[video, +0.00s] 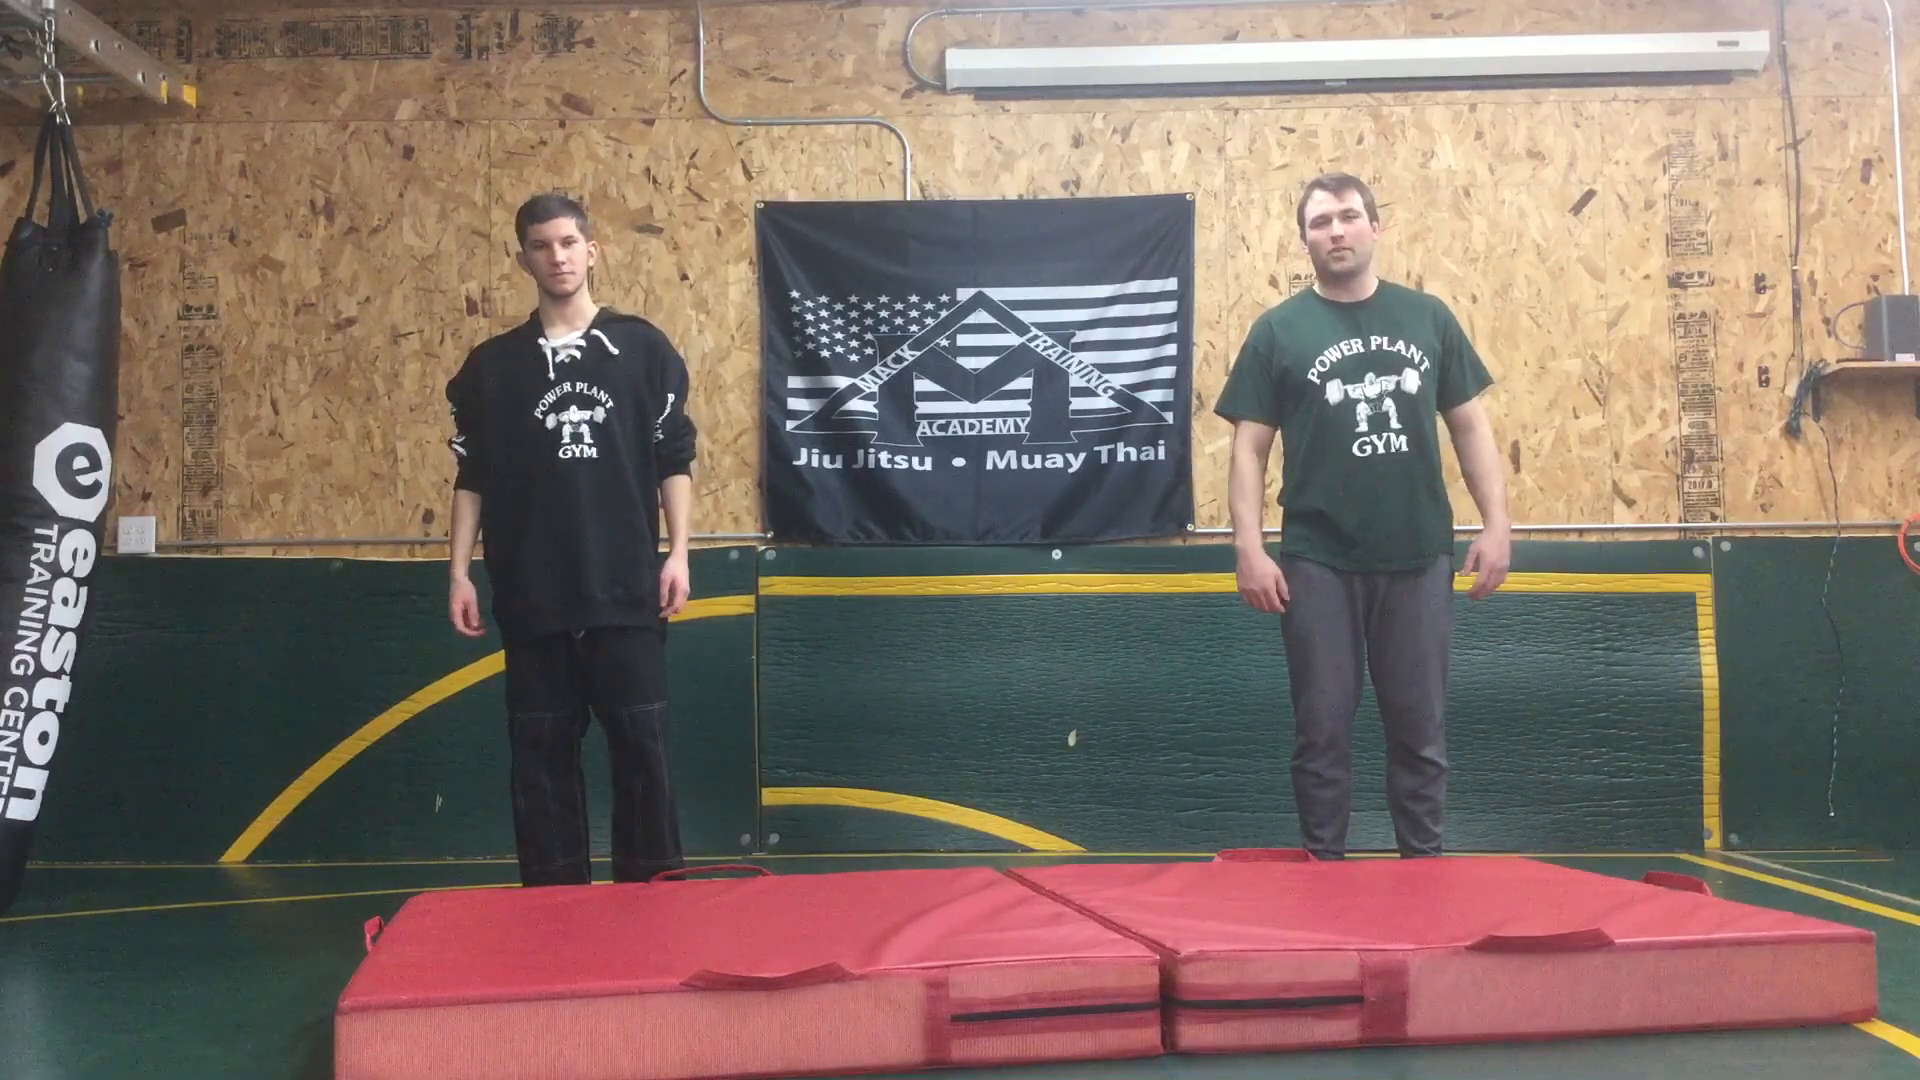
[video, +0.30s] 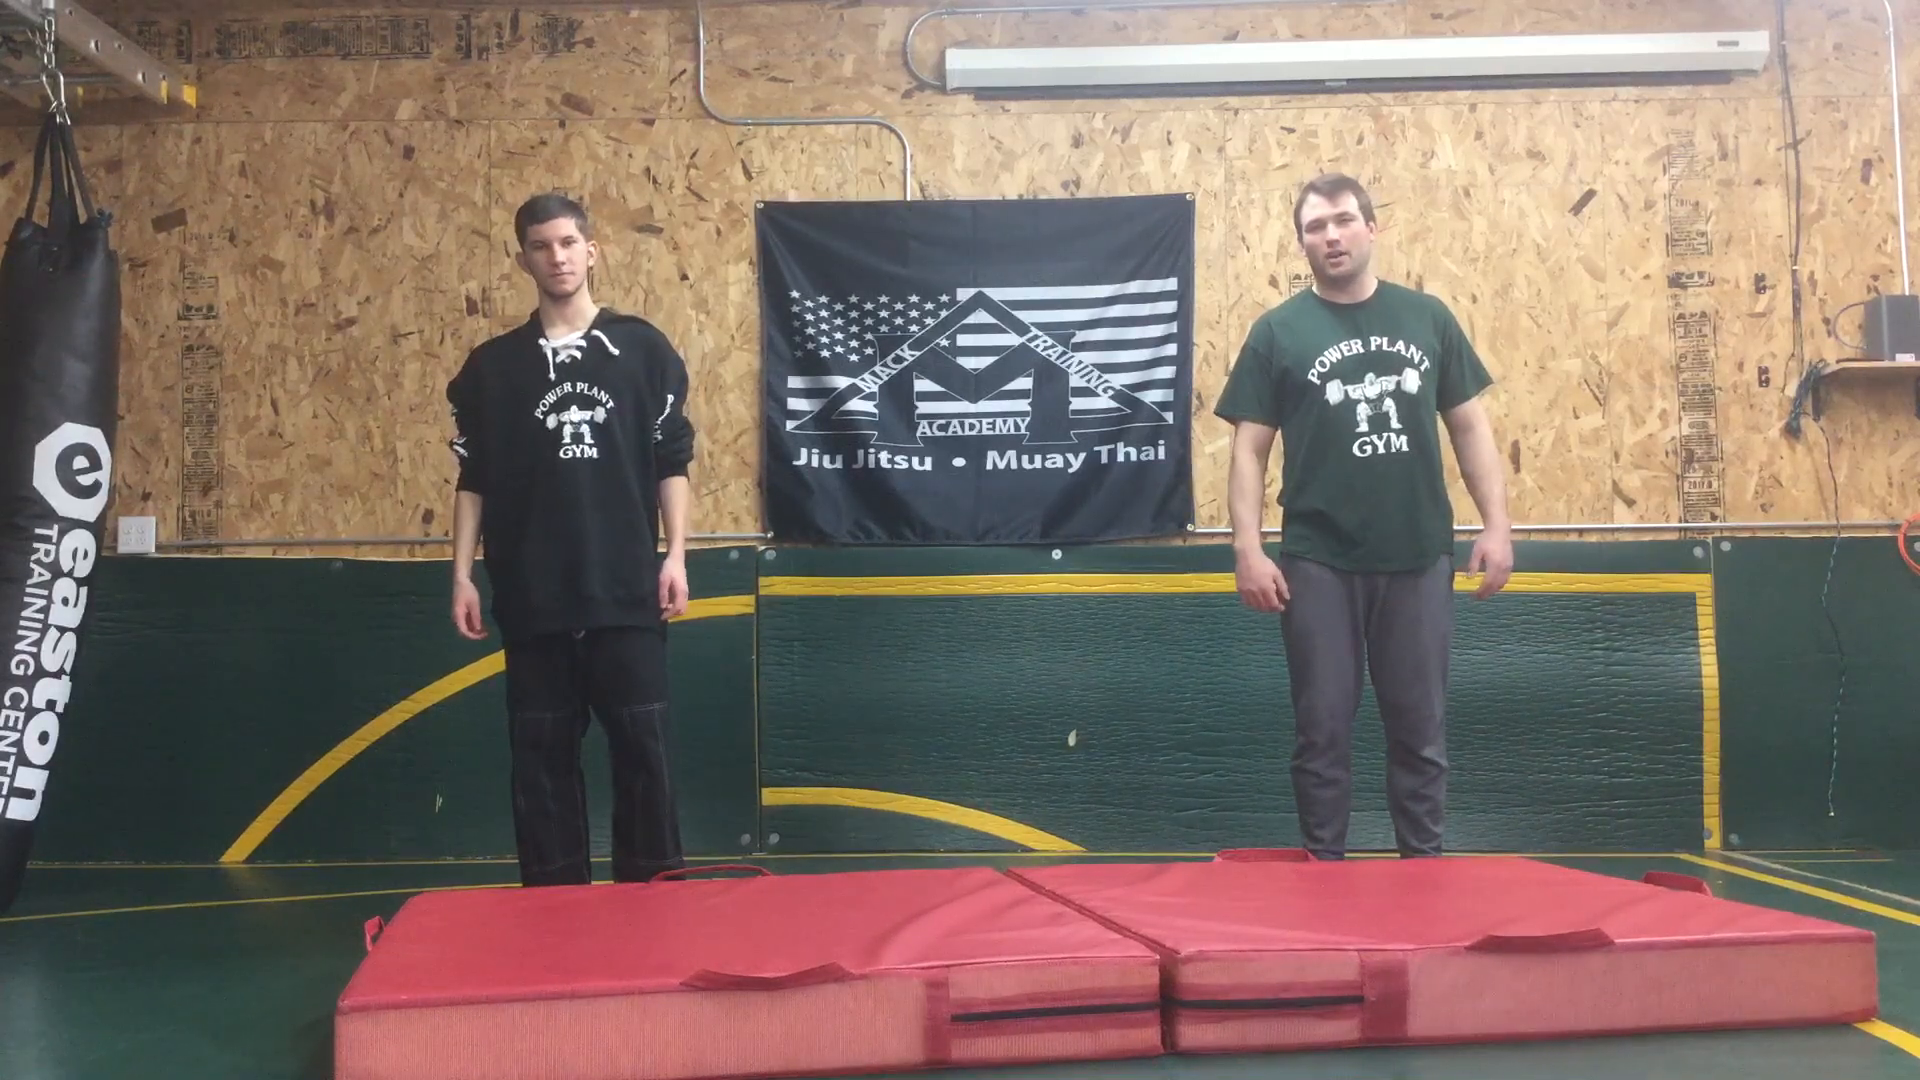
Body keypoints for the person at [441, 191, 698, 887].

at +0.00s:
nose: (557, 257)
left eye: (568, 242)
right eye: (542, 247)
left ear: (591, 250)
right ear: (525, 260)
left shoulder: (642, 347)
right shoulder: (489, 364)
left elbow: (674, 457)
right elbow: (471, 476)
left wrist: (678, 552)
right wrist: (460, 569)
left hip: (625, 582)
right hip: (530, 589)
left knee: (642, 750)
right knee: (542, 759)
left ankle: (652, 901)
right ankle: (553, 908)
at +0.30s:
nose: (557, 257)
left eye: (568, 242)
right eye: (542, 247)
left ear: (591, 250)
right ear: (525, 261)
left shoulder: (642, 347)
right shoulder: (489, 365)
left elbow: (672, 460)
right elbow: (472, 478)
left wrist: (676, 554)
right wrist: (462, 574)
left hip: (626, 585)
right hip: (531, 591)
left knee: (643, 753)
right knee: (542, 762)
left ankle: (652, 904)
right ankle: (554, 911)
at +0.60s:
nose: (556, 257)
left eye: (567, 243)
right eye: (540, 248)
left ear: (590, 250)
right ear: (524, 261)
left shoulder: (642, 347)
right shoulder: (489, 365)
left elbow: (672, 459)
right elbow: (472, 478)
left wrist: (678, 552)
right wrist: (463, 572)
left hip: (626, 584)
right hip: (530, 591)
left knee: (643, 753)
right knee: (542, 762)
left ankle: (653, 904)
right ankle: (554, 912)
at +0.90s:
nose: (556, 257)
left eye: (567, 243)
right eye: (540, 248)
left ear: (590, 250)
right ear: (523, 261)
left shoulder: (641, 347)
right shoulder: (488, 366)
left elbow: (672, 459)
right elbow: (471, 479)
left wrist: (678, 551)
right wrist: (463, 573)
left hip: (625, 583)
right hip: (530, 591)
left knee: (643, 752)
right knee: (542, 761)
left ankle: (652, 904)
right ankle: (554, 912)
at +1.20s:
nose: (557, 257)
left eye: (567, 242)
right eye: (541, 247)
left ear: (590, 250)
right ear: (523, 261)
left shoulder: (642, 347)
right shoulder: (488, 365)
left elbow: (671, 459)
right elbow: (472, 478)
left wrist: (677, 551)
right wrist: (465, 575)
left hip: (625, 584)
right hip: (530, 592)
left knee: (644, 753)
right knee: (542, 763)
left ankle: (653, 904)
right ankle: (554, 913)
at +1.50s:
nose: (558, 257)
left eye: (568, 242)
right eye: (542, 247)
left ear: (590, 249)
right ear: (525, 261)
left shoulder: (643, 347)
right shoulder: (489, 365)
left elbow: (672, 458)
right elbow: (473, 477)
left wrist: (678, 551)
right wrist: (465, 574)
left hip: (627, 585)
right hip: (531, 592)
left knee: (644, 754)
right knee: (543, 762)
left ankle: (653, 905)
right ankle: (555, 913)